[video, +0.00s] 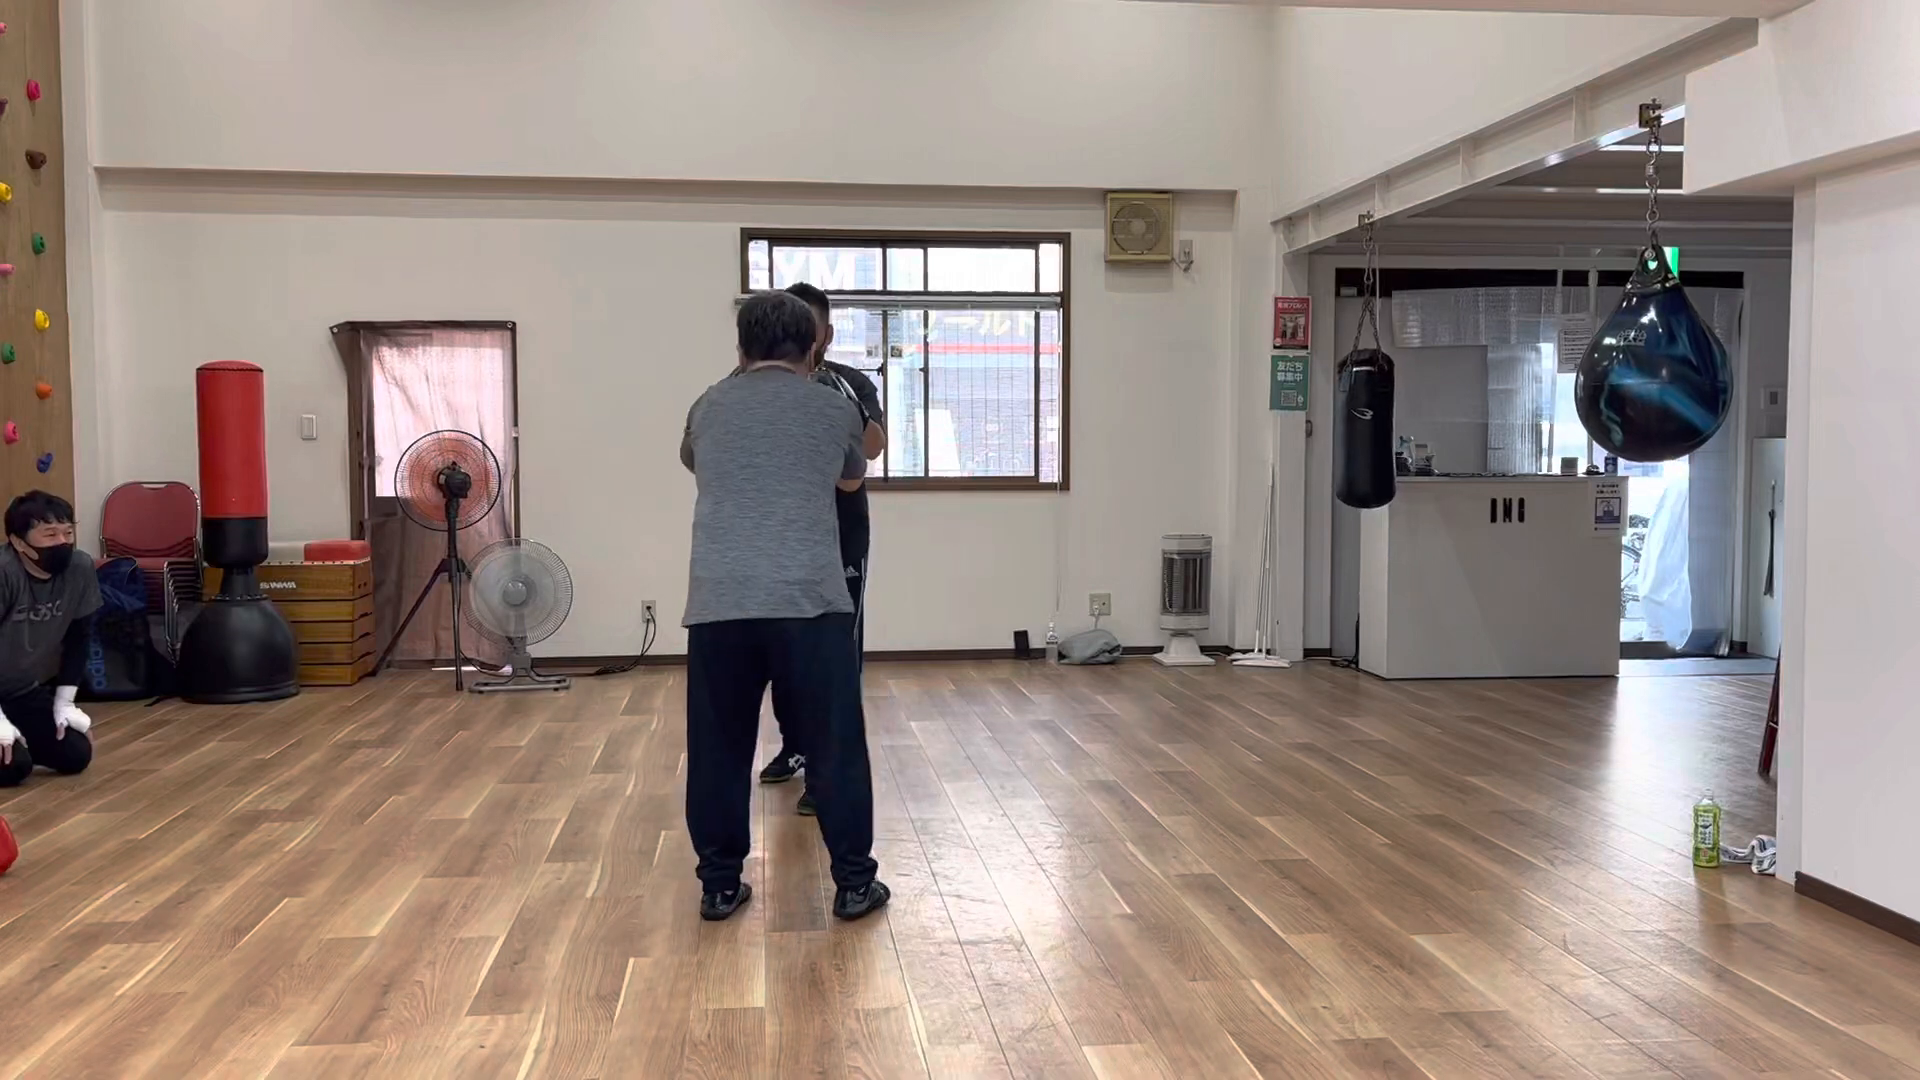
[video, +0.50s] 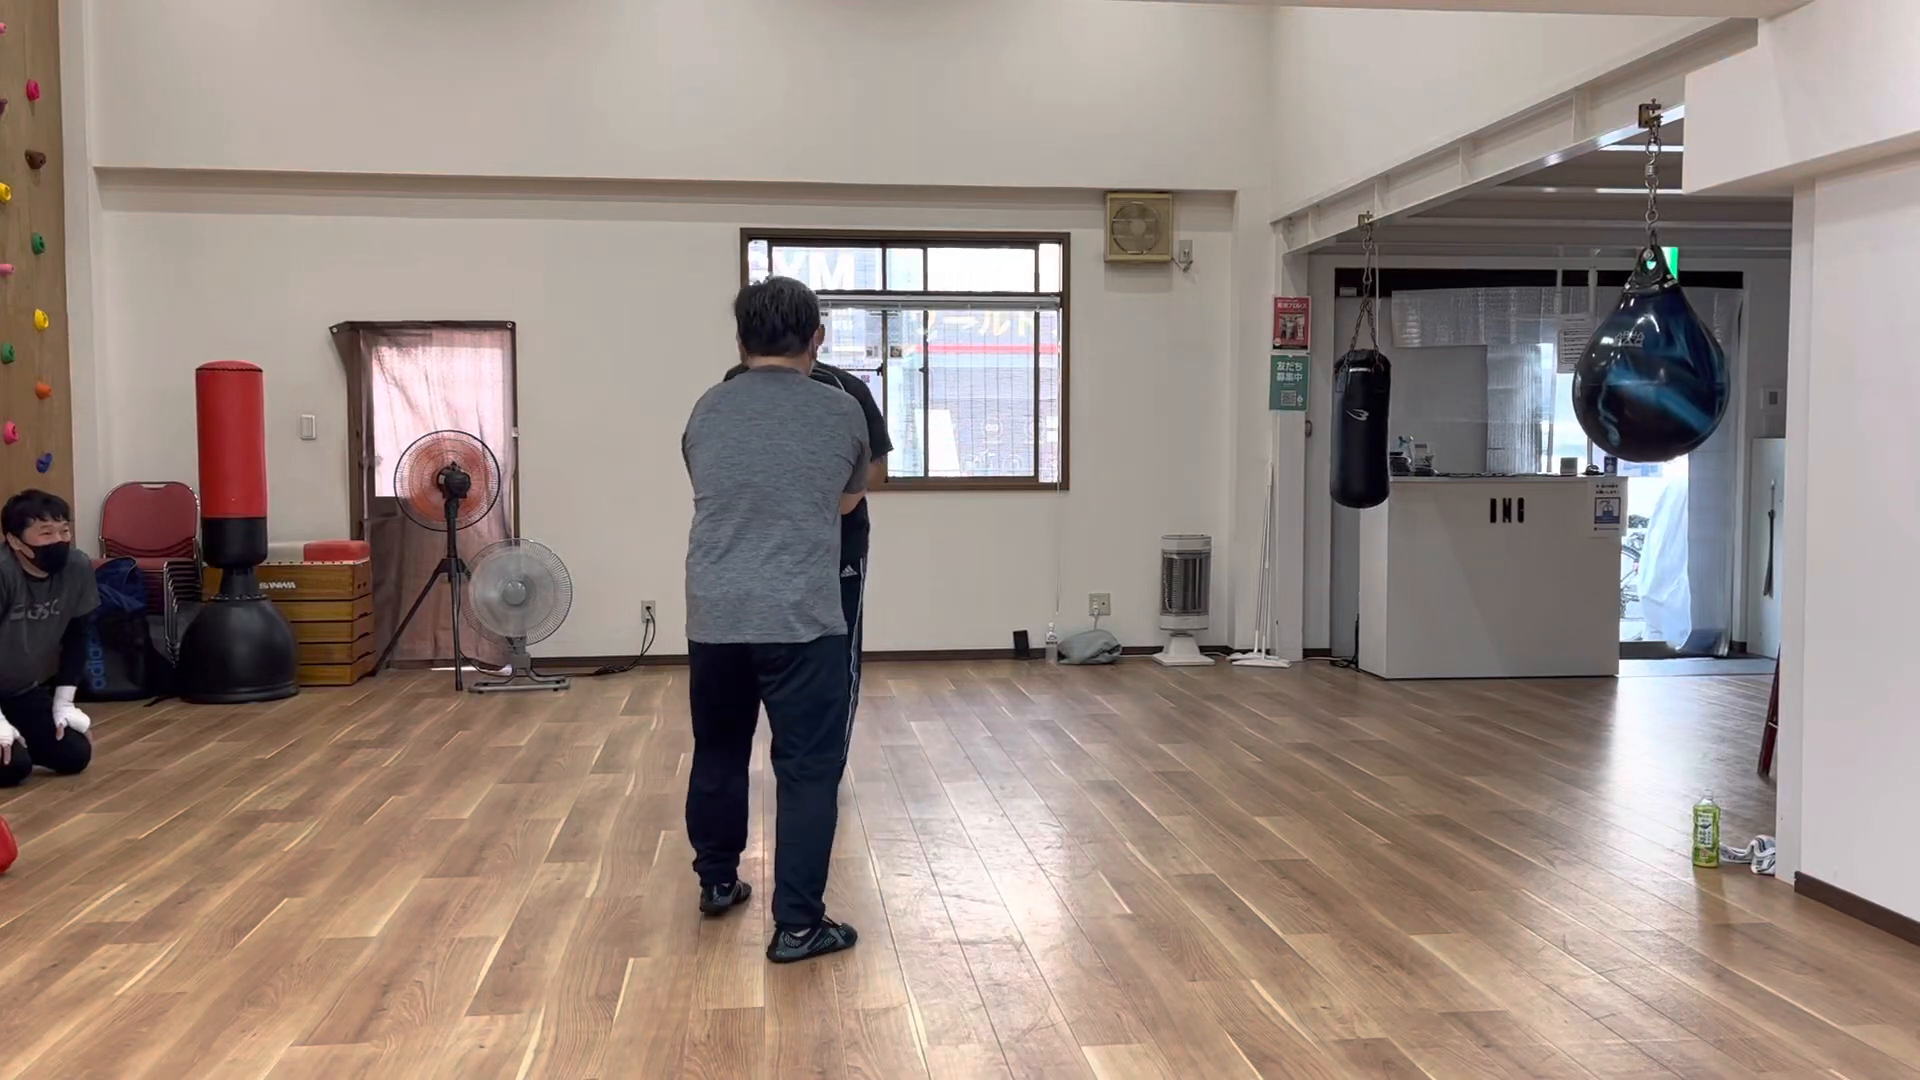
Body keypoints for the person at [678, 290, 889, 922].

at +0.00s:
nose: (819, 354)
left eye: (817, 343)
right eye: (815, 344)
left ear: (743, 345)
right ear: (806, 346)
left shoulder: (709, 403)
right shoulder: (834, 402)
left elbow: (695, 463)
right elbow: (851, 478)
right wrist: (786, 463)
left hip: (718, 606)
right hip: (811, 604)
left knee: (717, 746)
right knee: (835, 742)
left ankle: (720, 885)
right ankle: (853, 882)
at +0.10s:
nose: (812, 359)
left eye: (810, 349)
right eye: (808, 349)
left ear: (735, 348)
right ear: (798, 348)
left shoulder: (702, 405)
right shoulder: (826, 403)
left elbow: (690, 472)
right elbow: (843, 486)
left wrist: (762, 469)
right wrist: (778, 470)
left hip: (709, 601)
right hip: (800, 598)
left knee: (712, 744)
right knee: (825, 741)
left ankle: (719, 886)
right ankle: (839, 890)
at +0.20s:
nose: (810, 353)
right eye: (806, 343)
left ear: (731, 344)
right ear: (796, 344)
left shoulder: (700, 404)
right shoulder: (823, 404)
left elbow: (689, 479)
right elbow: (837, 493)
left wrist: (765, 473)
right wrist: (770, 476)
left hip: (706, 603)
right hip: (795, 600)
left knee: (711, 743)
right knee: (821, 745)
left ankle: (718, 886)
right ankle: (830, 898)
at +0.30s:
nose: (808, 343)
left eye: (805, 330)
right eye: (804, 332)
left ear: (729, 337)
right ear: (793, 337)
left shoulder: (696, 404)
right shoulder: (826, 404)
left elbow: (693, 482)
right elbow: (831, 492)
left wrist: (790, 487)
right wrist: (754, 487)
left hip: (704, 606)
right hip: (794, 604)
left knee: (711, 748)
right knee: (814, 753)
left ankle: (717, 886)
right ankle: (813, 907)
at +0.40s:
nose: (814, 337)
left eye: (811, 325)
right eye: (809, 326)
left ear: (731, 334)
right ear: (797, 333)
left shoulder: (699, 405)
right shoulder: (828, 403)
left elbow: (700, 481)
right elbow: (842, 486)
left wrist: (796, 484)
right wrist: (764, 489)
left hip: (707, 612)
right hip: (796, 611)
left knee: (714, 750)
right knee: (803, 761)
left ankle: (717, 885)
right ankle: (795, 917)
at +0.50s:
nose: (821, 343)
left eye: (818, 334)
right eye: (819, 334)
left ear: (742, 338)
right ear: (812, 338)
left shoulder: (709, 405)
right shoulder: (838, 406)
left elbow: (707, 484)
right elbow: (852, 493)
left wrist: (807, 492)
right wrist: (773, 494)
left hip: (712, 618)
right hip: (803, 620)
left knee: (718, 748)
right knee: (808, 767)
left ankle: (717, 880)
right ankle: (796, 923)